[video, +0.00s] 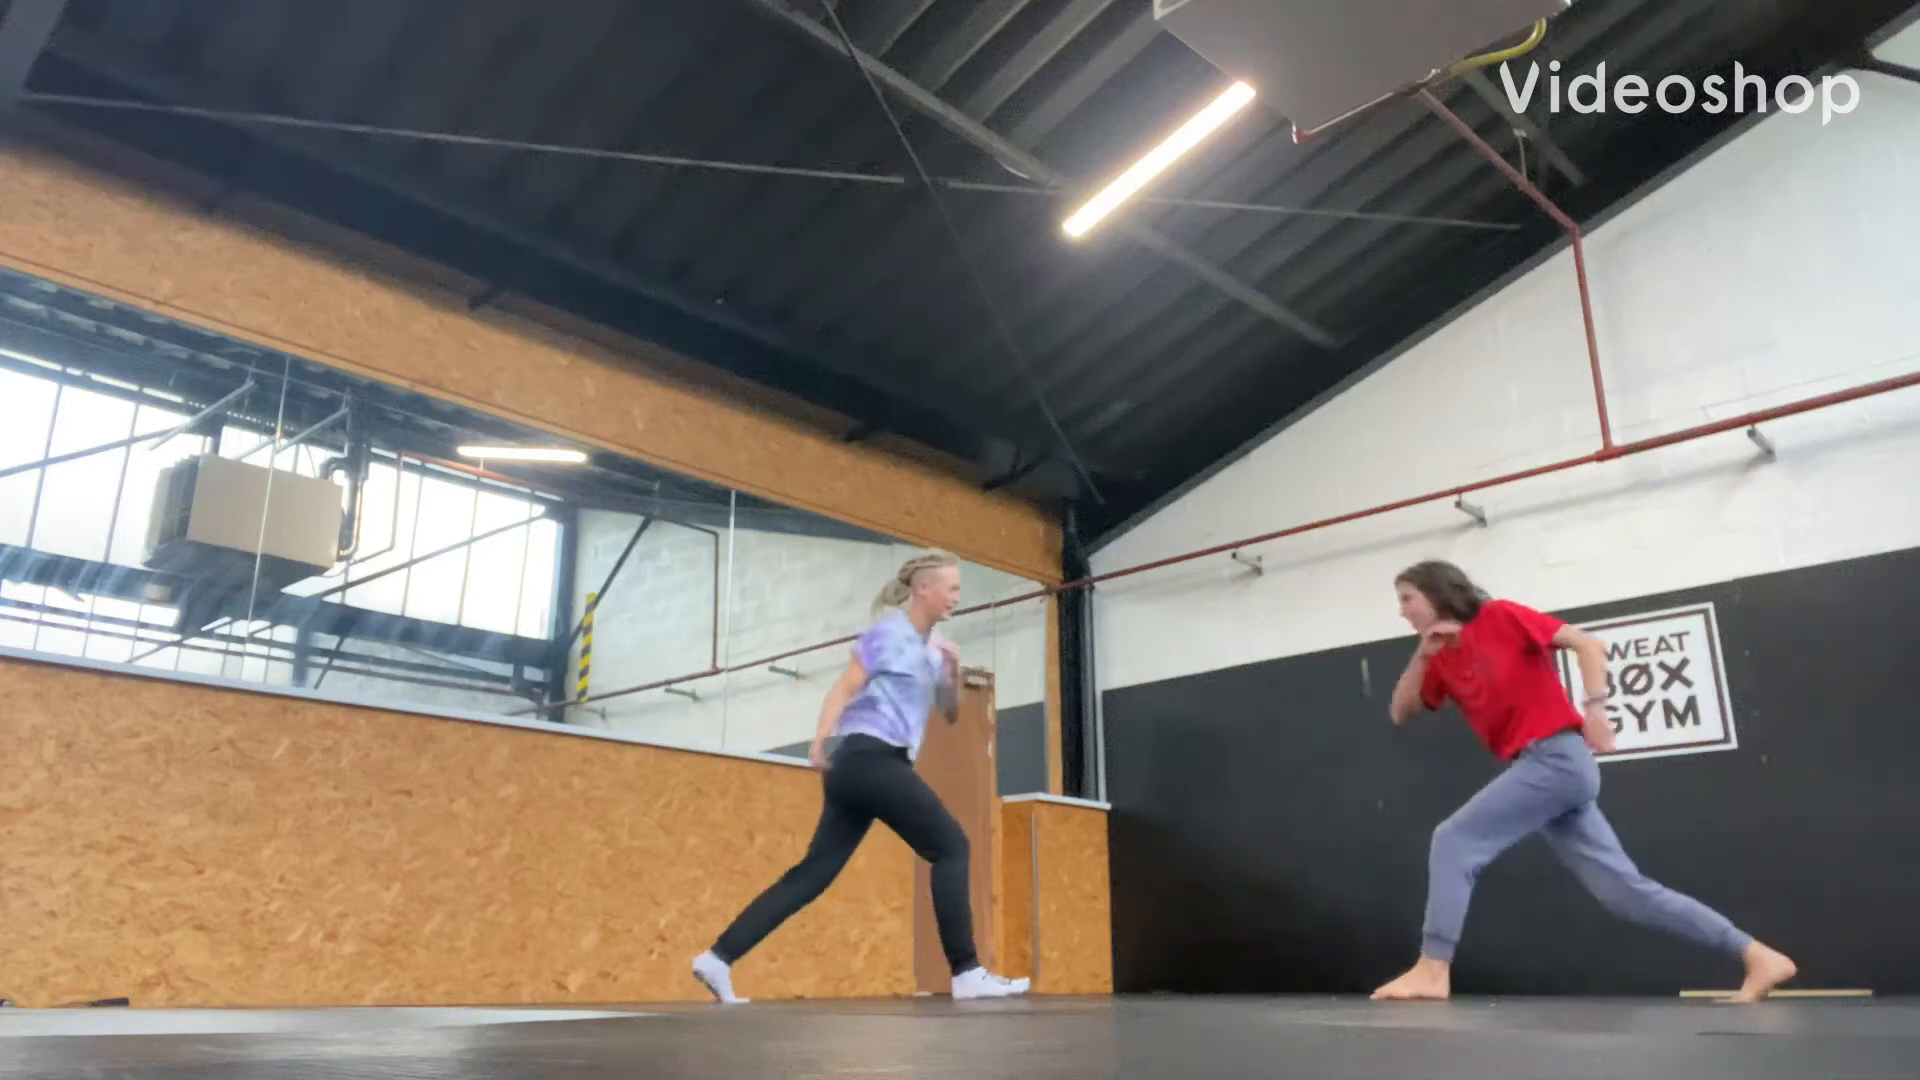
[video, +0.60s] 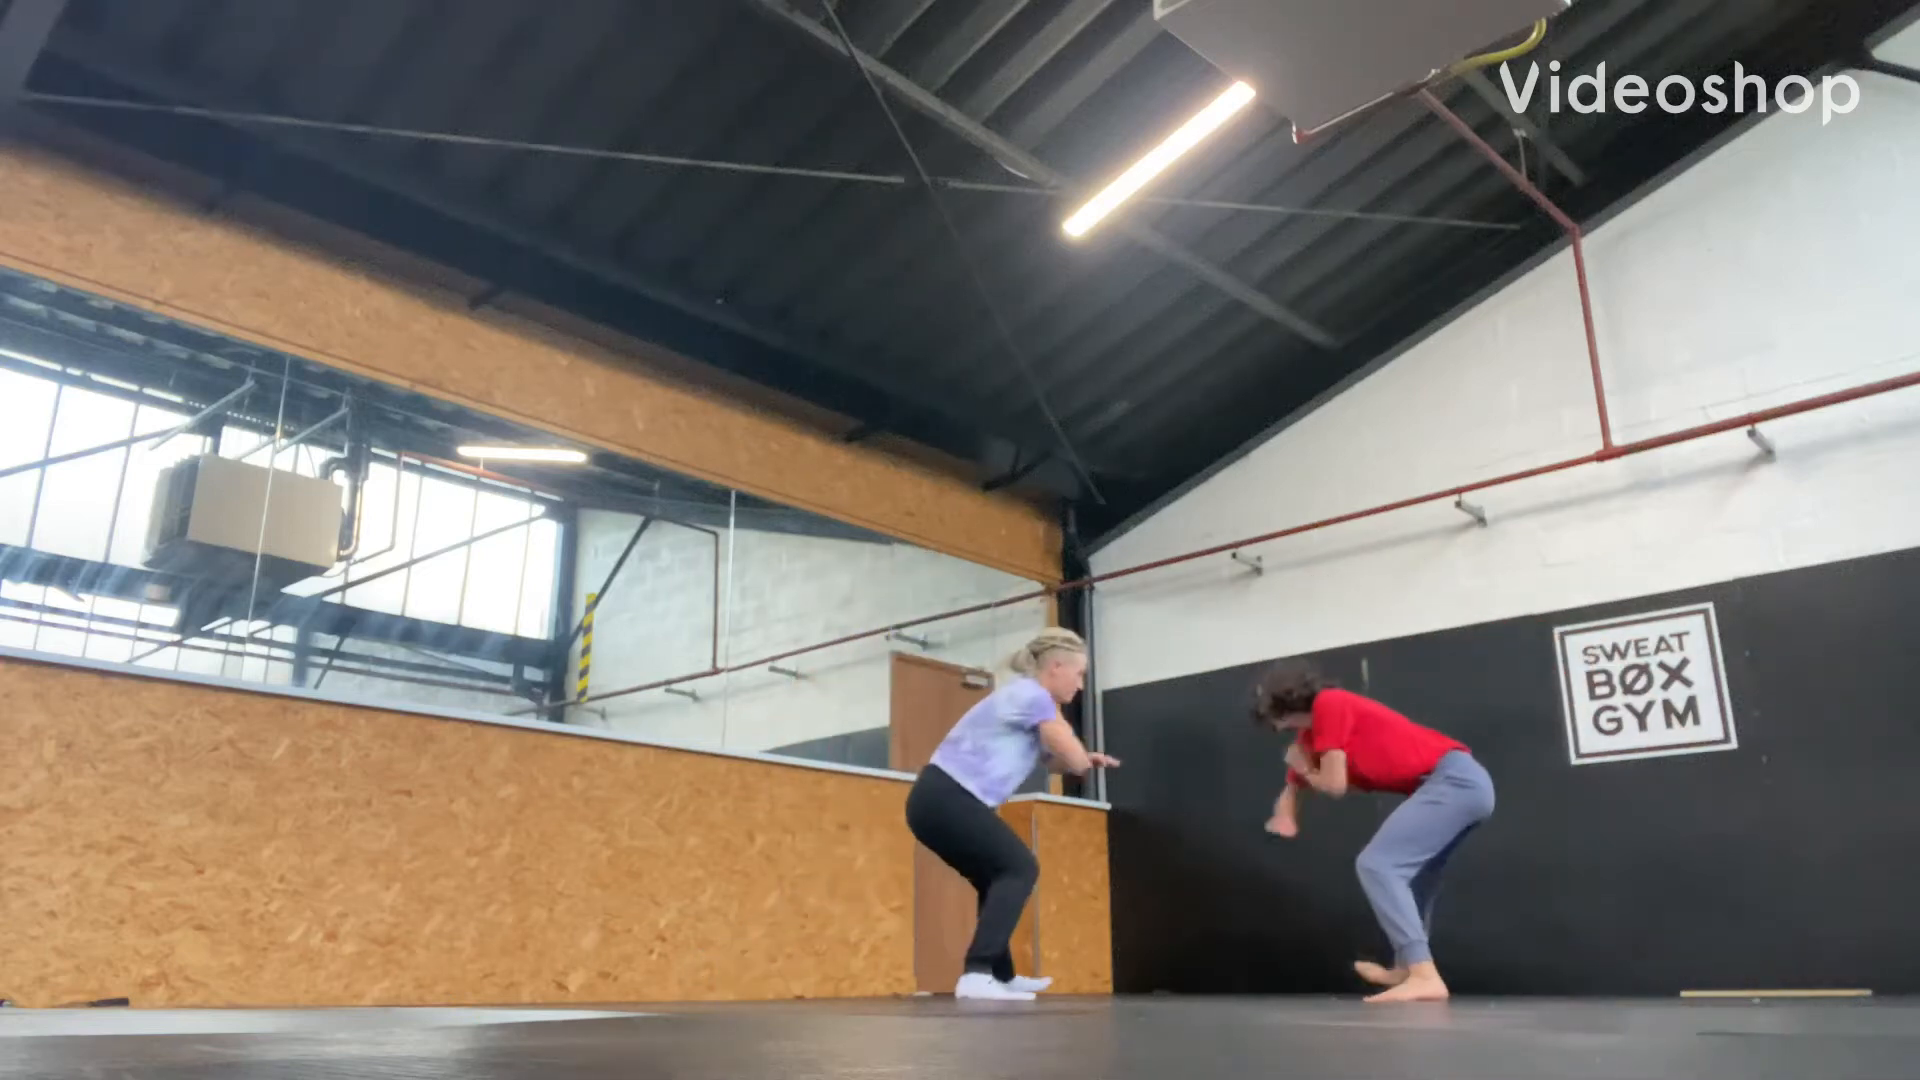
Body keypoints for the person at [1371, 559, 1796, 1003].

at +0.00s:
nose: (1402, 611)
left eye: (1407, 600)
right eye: (1400, 603)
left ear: (1438, 596)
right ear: (1420, 605)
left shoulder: (1497, 616)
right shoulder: (1437, 662)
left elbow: (1588, 645)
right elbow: (1401, 712)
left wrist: (1595, 709)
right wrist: (1420, 656)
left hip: (1560, 756)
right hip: (1542, 766)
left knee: (1456, 839)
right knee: (1623, 891)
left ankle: (1431, 971)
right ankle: (1760, 959)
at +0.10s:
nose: (1373, 599)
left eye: (1378, 588)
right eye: (1370, 591)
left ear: (1409, 585)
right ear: (1384, 594)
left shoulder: (1465, 611)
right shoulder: (1395, 641)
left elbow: (1543, 646)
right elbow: (1350, 681)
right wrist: (1390, 633)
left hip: (1525, 739)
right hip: (1513, 749)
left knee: (1449, 842)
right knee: (1601, 872)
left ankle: (1432, 974)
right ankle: (1729, 946)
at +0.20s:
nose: (1340, 609)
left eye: (1345, 599)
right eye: (1338, 601)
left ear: (1379, 596)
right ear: (1361, 601)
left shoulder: (1426, 621)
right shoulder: (1361, 643)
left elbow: (1478, 661)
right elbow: (1327, 692)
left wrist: (1416, 674)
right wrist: (1366, 666)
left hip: (1501, 739)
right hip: (1489, 747)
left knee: (1435, 841)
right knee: (1559, 873)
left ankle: (1429, 976)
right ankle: (1687, 933)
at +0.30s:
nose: (1309, 635)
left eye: (1314, 625)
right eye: (1307, 627)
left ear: (1343, 621)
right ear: (1335, 627)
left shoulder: (1394, 643)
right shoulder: (1345, 669)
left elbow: (1387, 695)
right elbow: (1336, 731)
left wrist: (1317, 686)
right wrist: (1370, 712)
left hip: (1488, 746)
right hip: (1480, 749)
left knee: (1417, 842)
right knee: (1500, 880)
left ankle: (1427, 977)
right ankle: (1627, 928)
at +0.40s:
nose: (1284, 669)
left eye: (1288, 659)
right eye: (1282, 660)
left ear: (1315, 654)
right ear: (1313, 658)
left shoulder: (1364, 663)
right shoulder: (1337, 702)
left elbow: (1315, 723)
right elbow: (1345, 764)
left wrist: (1277, 703)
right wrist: (1367, 775)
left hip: (1477, 755)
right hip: (1472, 761)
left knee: (1402, 846)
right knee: (1459, 877)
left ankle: (1427, 977)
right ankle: (1553, 948)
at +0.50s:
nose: (1280, 709)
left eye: (1279, 700)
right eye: (1275, 701)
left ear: (1297, 686)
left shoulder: (1341, 686)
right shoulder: (1329, 722)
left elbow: (1296, 757)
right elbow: (1329, 781)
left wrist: (1277, 729)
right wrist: (1338, 822)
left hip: (1467, 765)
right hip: (1470, 768)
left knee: (1387, 852)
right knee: (1440, 868)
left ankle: (1424, 976)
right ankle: (1460, 965)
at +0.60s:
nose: (1281, 728)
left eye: (1280, 720)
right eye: (1277, 723)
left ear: (1290, 708)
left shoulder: (1330, 704)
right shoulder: (1313, 733)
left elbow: (1335, 783)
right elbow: (1294, 785)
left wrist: (1304, 769)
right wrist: (1285, 814)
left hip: (1456, 780)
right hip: (1461, 784)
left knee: (1376, 863)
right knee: (1414, 878)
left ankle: (1424, 976)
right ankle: (1405, 969)